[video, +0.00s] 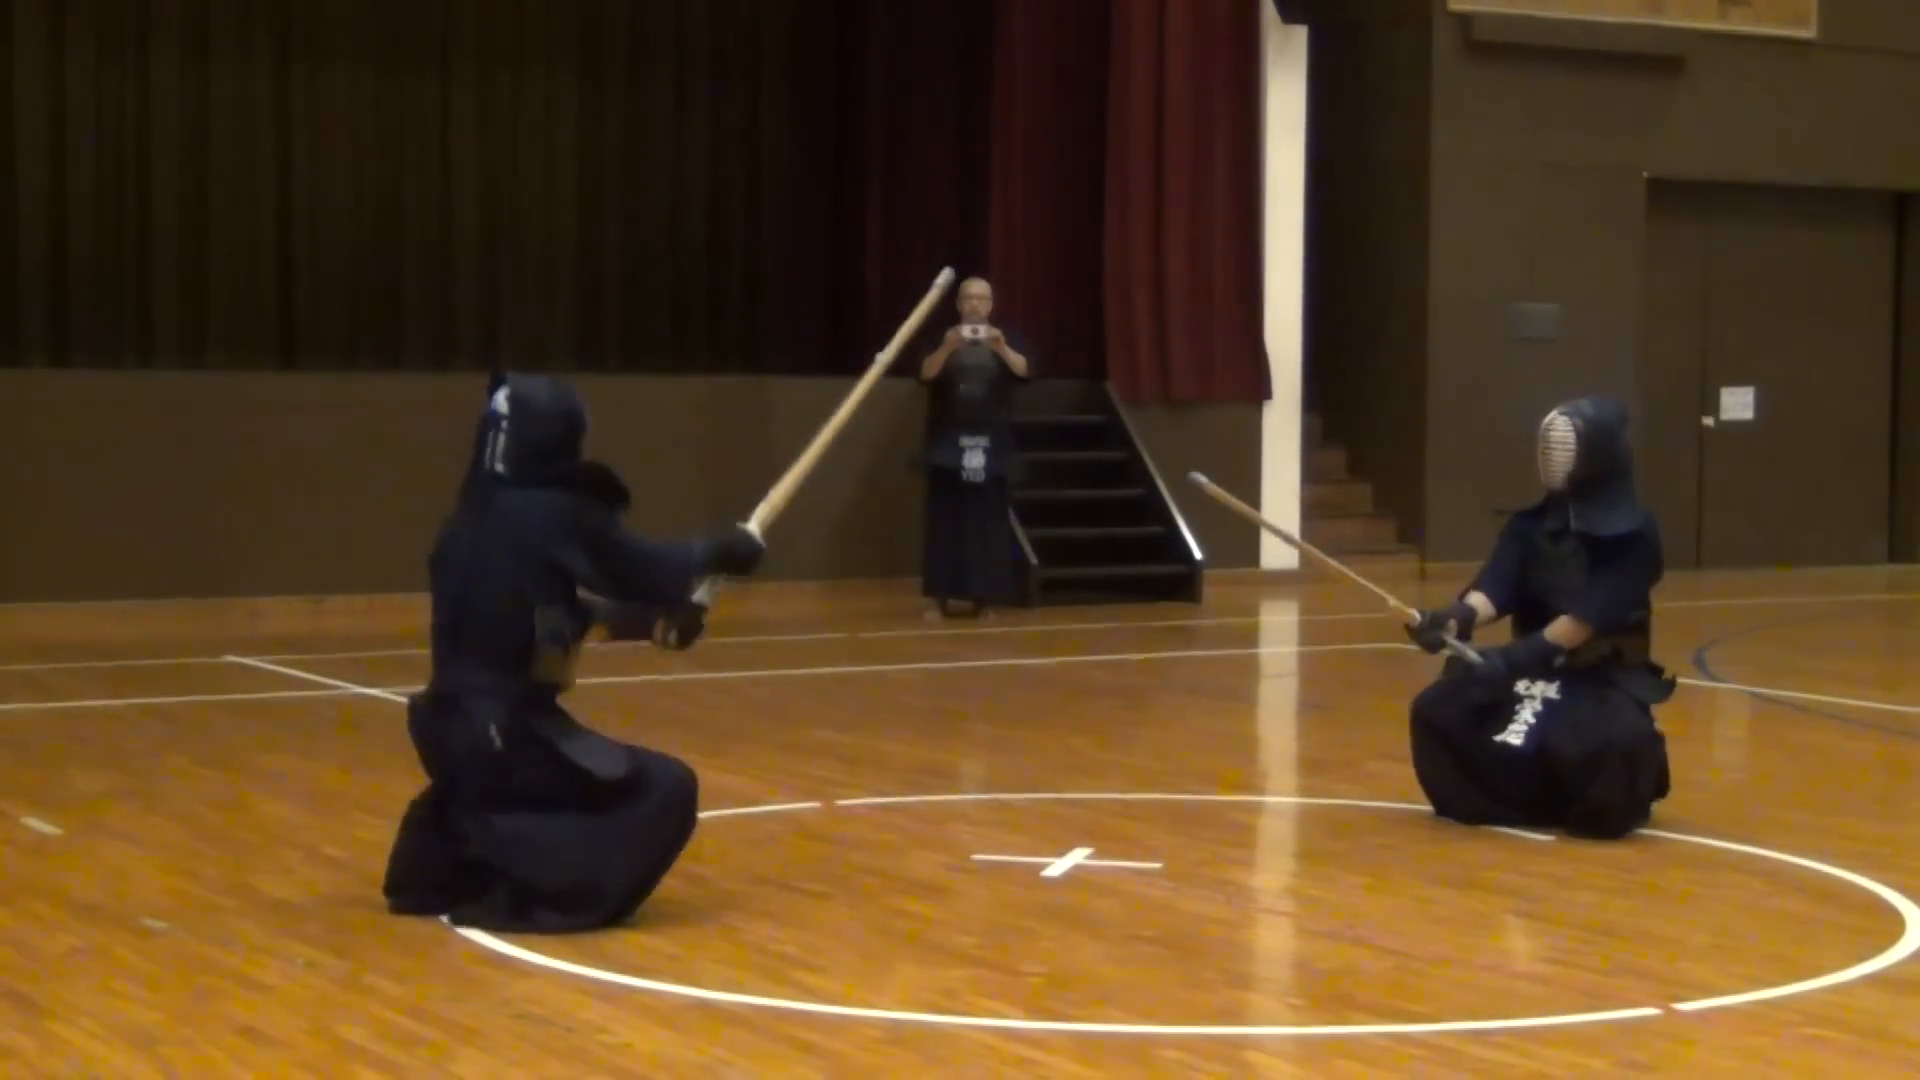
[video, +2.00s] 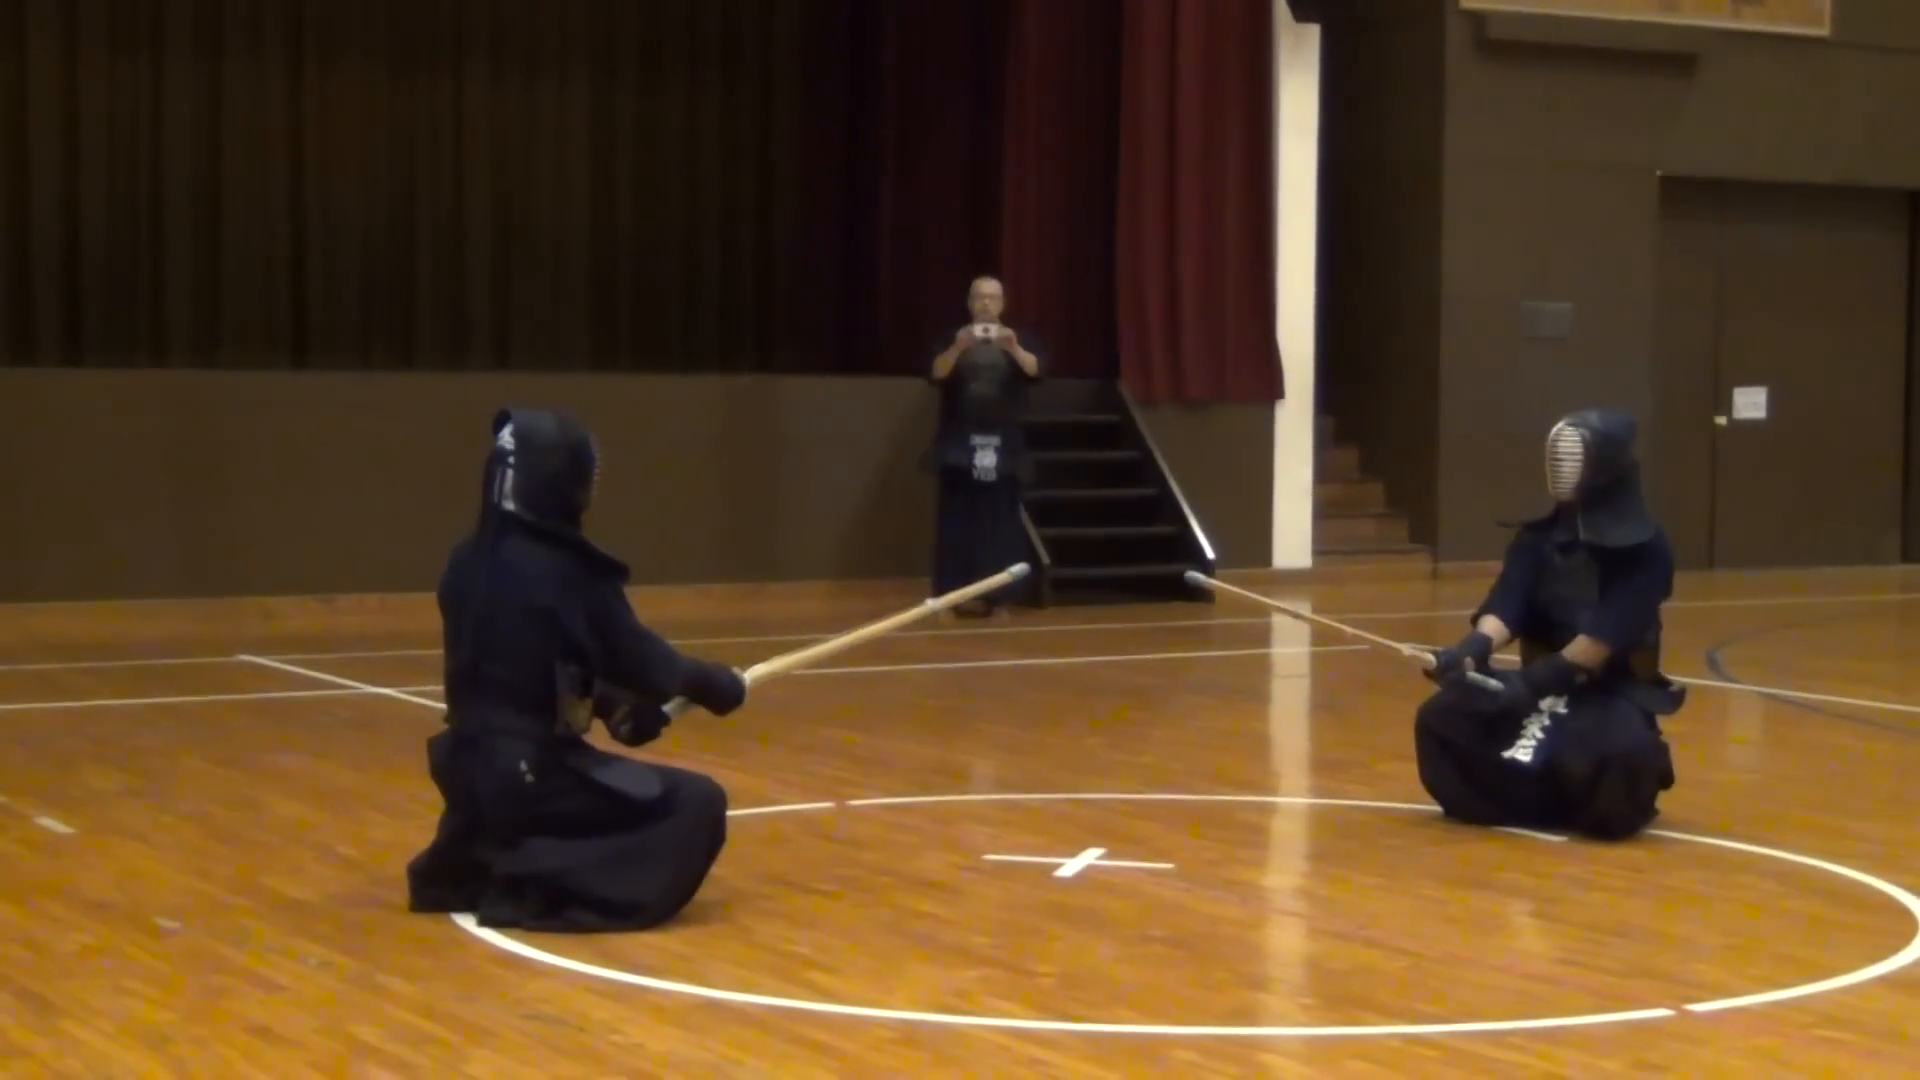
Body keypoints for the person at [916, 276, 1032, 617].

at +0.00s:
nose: (975, 304)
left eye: (982, 299)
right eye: (969, 298)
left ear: (991, 303)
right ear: (959, 303)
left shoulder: (1002, 341)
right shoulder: (947, 340)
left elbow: (1024, 371)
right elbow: (926, 374)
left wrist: (1000, 347)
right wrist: (949, 346)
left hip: (990, 436)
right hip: (950, 436)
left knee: (988, 512)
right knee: (947, 512)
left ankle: (985, 593)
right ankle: (944, 592)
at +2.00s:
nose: (986, 304)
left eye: (993, 298)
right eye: (980, 298)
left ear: (1003, 302)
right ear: (970, 302)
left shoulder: (1015, 340)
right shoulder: (956, 339)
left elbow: (1035, 370)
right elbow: (936, 373)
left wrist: (1012, 347)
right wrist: (959, 347)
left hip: (1002, 436)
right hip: (961, 435)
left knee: (999, 512)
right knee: (960, 513)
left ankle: (996, 593)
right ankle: (959, 592)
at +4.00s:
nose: (965, 311)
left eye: (972, 305)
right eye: (959, 304)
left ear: (982, 309)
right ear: (949, 308)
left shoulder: (995, 347)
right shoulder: (934, 345)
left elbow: (1019, 376)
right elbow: (916, 380)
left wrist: (990, 352)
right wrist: (940, 352)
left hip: (980, 444)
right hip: (938, 443)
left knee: (977, 521)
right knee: (935, 520)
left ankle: (976, 601)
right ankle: (930, 599)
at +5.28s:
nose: (920, 314)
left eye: (926, 308)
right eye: (914, 308)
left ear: (936, 313)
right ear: (903, 312)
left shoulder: (945, 353)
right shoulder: (889, 350)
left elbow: (967, 378)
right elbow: (869, 383)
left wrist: (944, 352)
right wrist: (894, 353)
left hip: (932, 448)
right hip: (891, 447)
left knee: (929, 523)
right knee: (887, 523)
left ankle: (928, 606)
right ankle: (878, 605)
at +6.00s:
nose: (892, 313)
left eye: (899, 308)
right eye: (886, 307)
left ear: (908, 313)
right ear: (876, 311)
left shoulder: (919, 350)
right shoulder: (860, 348)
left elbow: (941, 379)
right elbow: (842, 383)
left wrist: (917, 353)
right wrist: (867, 352)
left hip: (907, 448)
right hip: (864, 447)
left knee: (903, 525)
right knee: (858, 524)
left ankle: (899, 606)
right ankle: (849, 604)